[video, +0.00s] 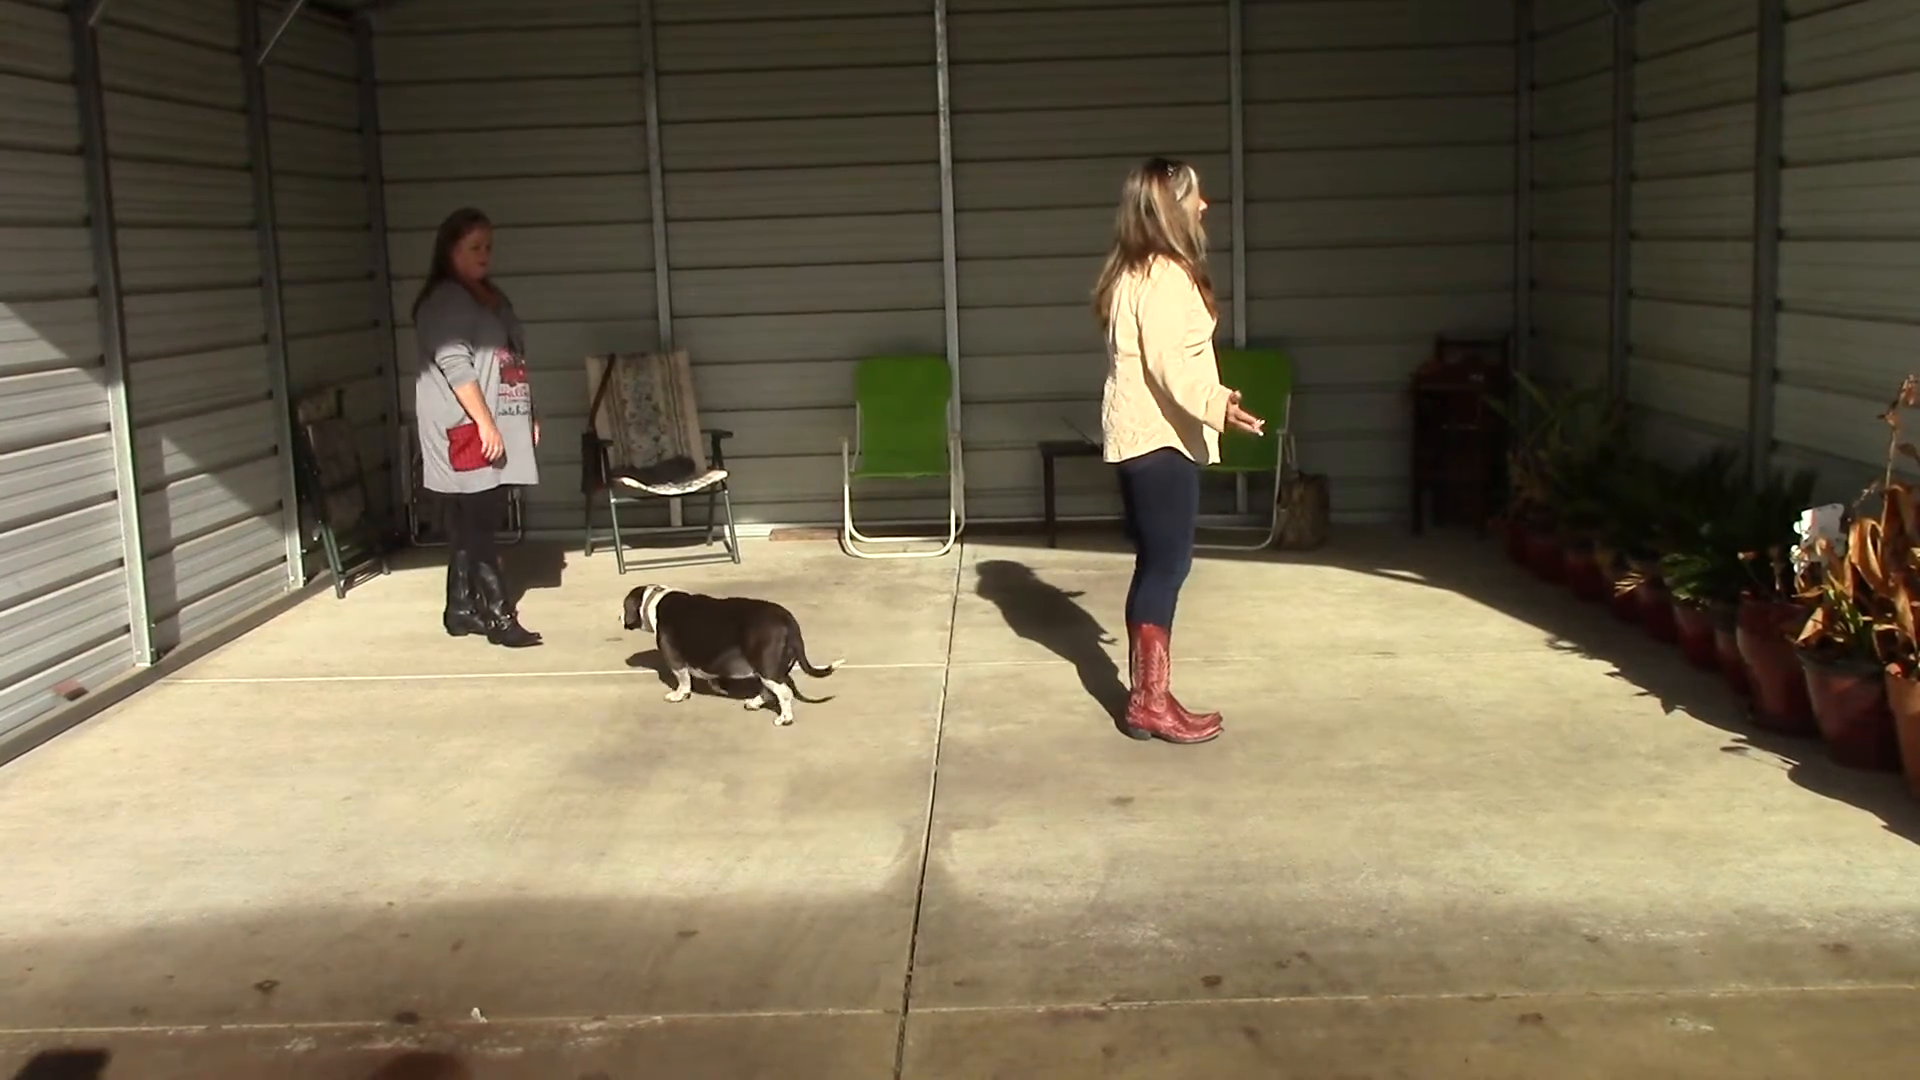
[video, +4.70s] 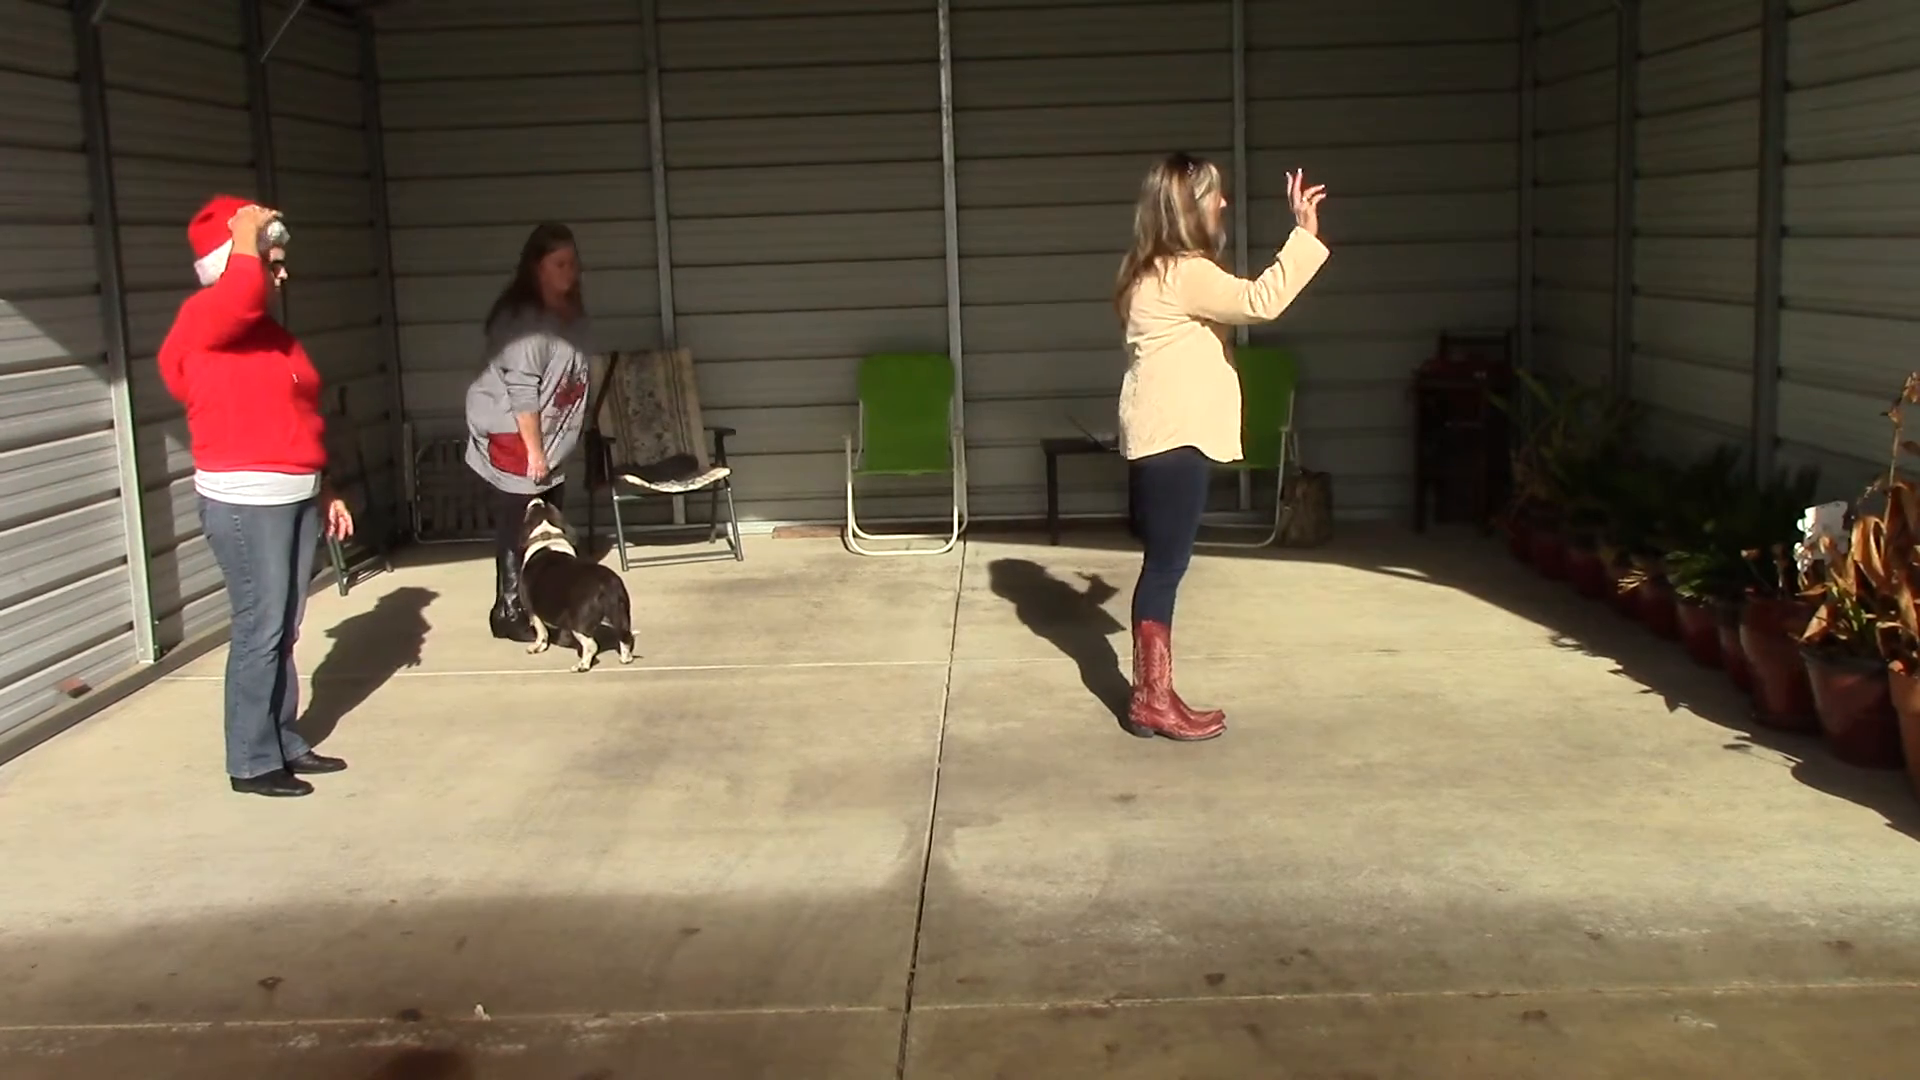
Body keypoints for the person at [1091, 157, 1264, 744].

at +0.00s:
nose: (1204, 205)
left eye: (1201, 196)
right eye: (1195, 197)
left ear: (1152, 207)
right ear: (1172, 207)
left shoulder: (1137, 273)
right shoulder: (1165, 275)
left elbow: (1162, 363)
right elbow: (1171, 363)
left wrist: (1218, 399)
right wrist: (1217, 406)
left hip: (1141, 440)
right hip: (1161, 442)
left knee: (1155, 561)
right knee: (1168, 562)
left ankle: (1146, 694)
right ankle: (1151, 700)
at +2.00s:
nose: (1217, 205)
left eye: (1214, 195)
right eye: (1209, 196)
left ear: (1165, 202)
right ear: (1185, 203)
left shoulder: (1147, 270)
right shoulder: (1170, 274)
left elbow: (1176, 367)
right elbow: (1178, 367)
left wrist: (1230, 412)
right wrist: (1228, 419)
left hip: (1148, 438)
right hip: (1167, 440)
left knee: (1158, 559)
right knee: (1181, 559)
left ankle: (1148, 693)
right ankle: (1155, 697)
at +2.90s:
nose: (1181, 225)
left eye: (1188, 214)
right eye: (1170, 215)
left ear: (1196, 215)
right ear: (1144, 216)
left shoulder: (1185, 275)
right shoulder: (1131, 283)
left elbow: (1201, 369)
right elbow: (1127, 382)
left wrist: (1216, 442)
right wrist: (1151, 460)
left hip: (1191, 446)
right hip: (1161, 450)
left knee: (1170, 560)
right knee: (1165, 560)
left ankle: (1158, 692)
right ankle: (1151, 696)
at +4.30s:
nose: (1239, 207)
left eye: (1235, 197)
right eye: (1229, 198)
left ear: (1205, 208)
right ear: (1200, 210)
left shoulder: (1202, 284)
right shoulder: (1162, 289)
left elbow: (1199, 378)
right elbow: (1156, 384)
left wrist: (1225, 436)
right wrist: (1206, 447)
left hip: (1181, 450)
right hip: (1154, 449)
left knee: (1169, 562)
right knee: (1159, 563)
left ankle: (1158, 694)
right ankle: (1149, 699)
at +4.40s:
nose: (1234, 205)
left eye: (1231, 195)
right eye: (1225, 196)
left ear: (1189, 208)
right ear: (1197, 208)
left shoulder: (1189, 281)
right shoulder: (1169, 286)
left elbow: (1205, 366)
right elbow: (1189, 372)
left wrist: (1272, 383)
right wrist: (1273, 388)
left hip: (1175, 443)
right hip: (1162, 445)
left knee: (1165, 562)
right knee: (1161, 563)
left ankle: (1156, 693)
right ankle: (1152, 697)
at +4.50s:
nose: (1232, 209)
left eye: (1229, 198)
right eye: (1222, 199)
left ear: (1184, 208)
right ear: (1192, 207)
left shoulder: (1181, 276)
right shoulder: (1169, 283)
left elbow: (1225, 348)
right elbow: (1225, 354)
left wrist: (1301, 324)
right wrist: (1305, 327)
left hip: (1174, 442)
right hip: (1164, 443)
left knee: (1164, 564)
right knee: (1162, 564)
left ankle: (1156, 695)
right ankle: (1150, 699)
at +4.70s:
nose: (1225, 209)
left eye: (1224, 198)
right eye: (1218, 198)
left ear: (1168, 204)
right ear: (1190, 204)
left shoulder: (1150, 271)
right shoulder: (1184, 271)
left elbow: (1250, 300)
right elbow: (1261, 303)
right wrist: (1305, 235)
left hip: (1156, 433)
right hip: (1177, 435)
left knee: (1163, 563)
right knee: (1166, 564)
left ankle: (1153, 694)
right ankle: (1153, 698)